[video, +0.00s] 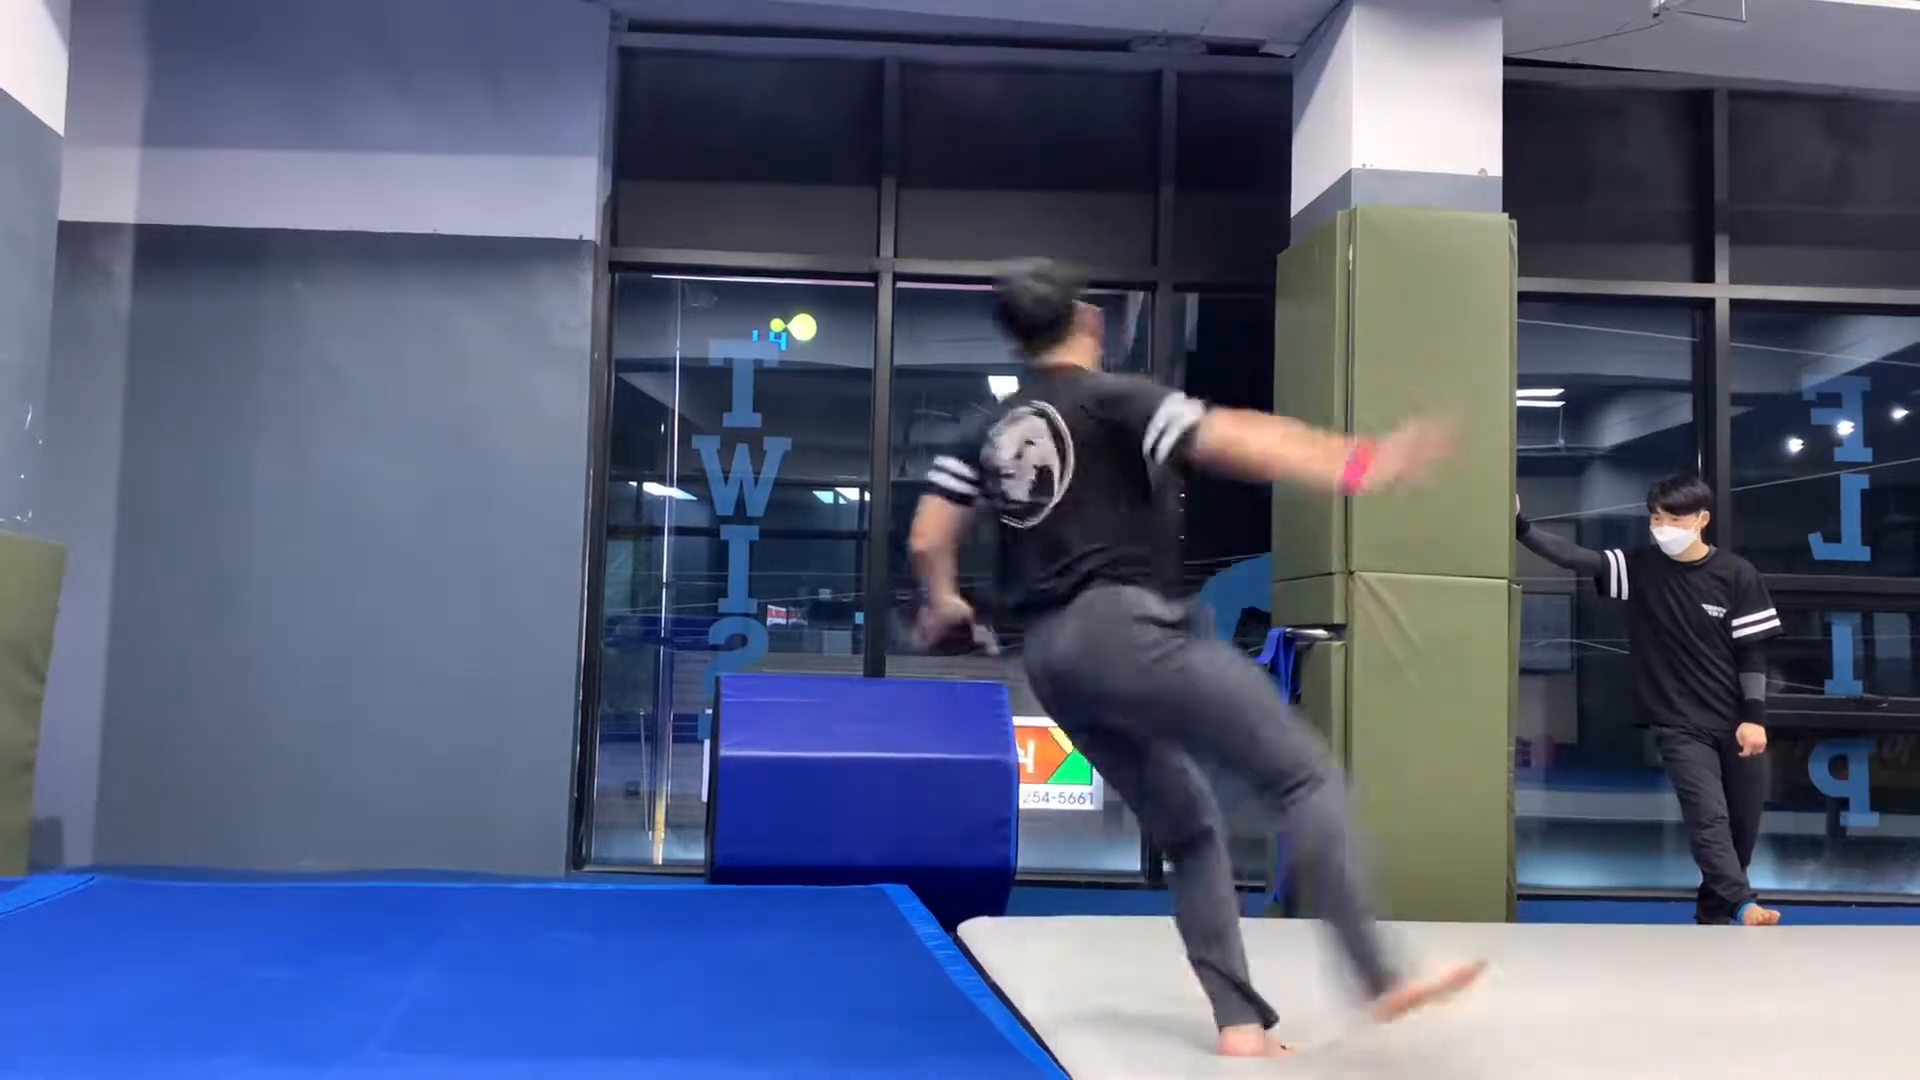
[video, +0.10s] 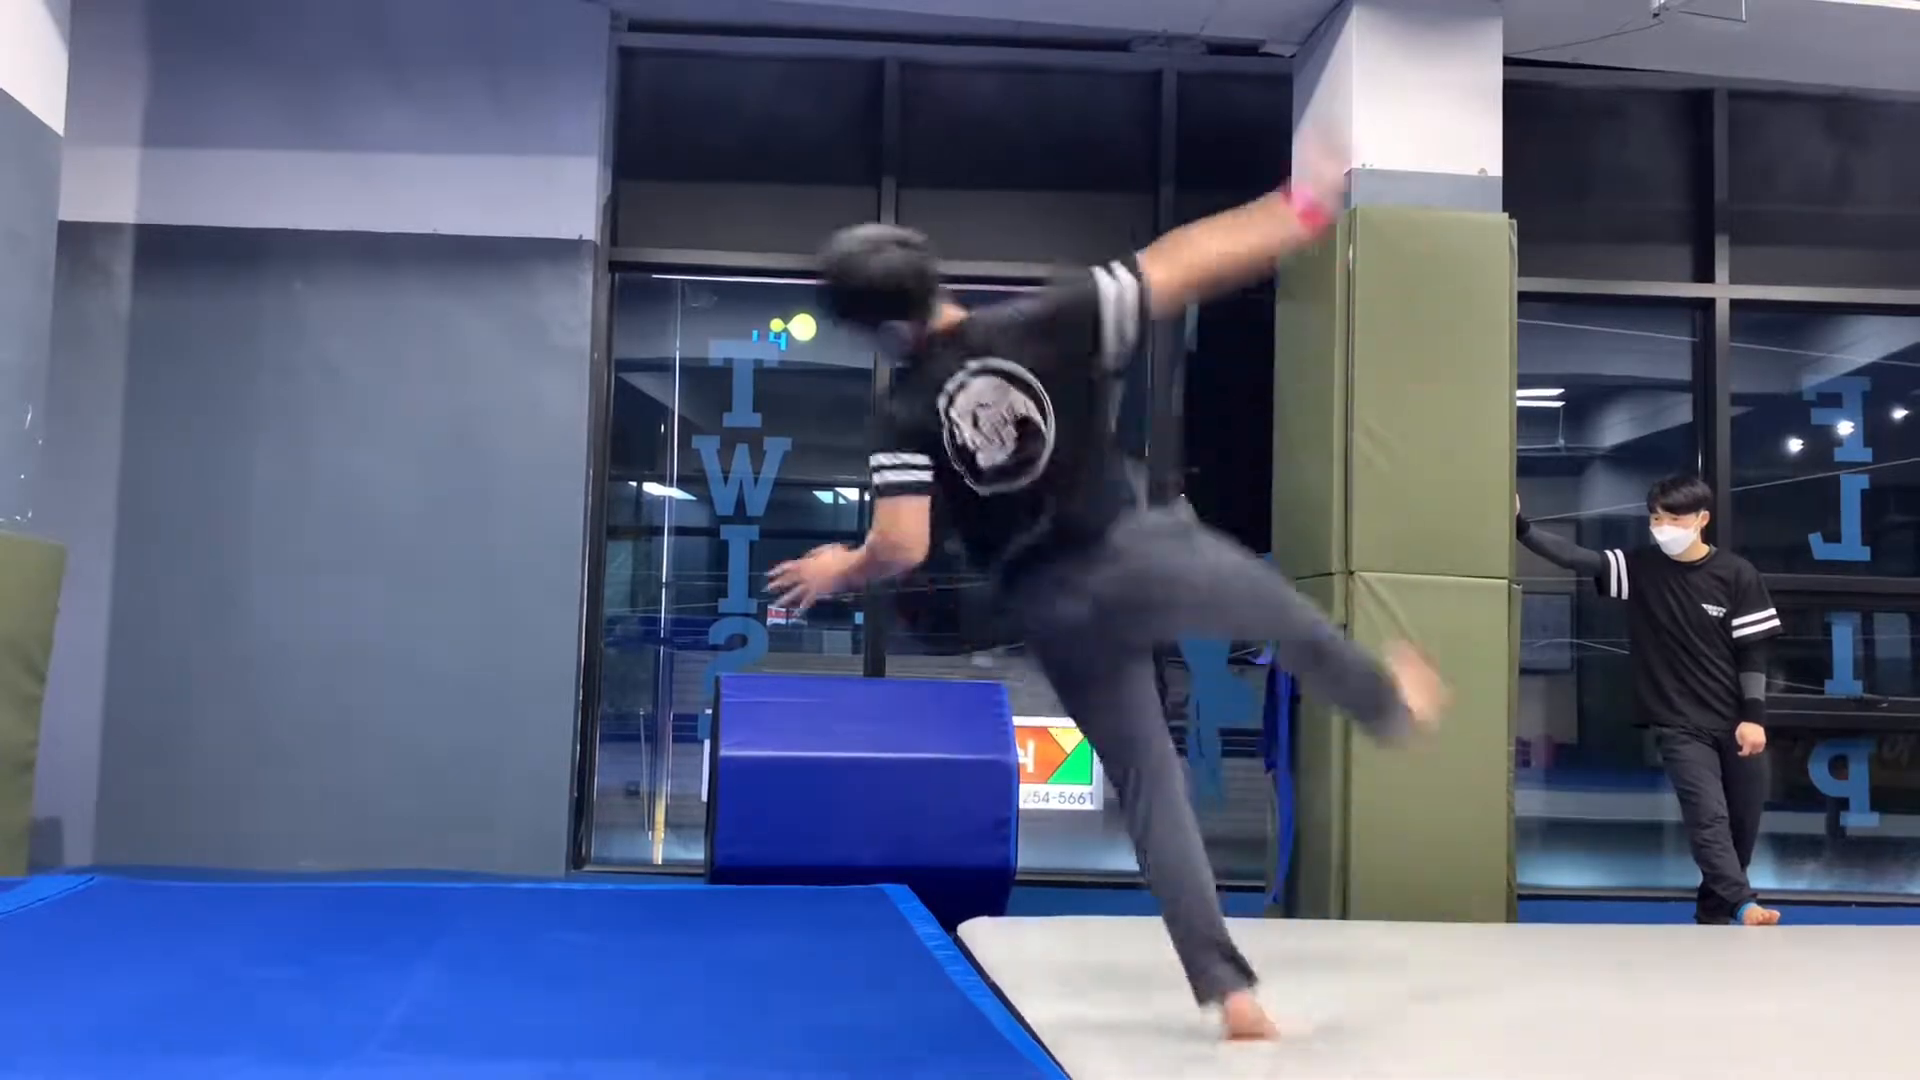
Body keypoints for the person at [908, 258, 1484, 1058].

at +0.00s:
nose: (1098, 322)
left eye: (1086, 313)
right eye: (1092, 312)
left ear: (1019, 339)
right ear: (1085, 323)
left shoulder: (995, 431)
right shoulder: (1118, 397)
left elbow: (928, 536)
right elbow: (1229, 439)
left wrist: (943, 601)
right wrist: (1355, 460)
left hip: (1048, 653)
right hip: (1124, 629)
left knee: (1188, 829)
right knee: (1303, 772)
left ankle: (1241, 1026)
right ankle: (1380, 979)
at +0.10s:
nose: (867, 336)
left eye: (862, 323)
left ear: (874, 323)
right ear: (937, 276)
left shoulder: (903, 402)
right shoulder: (1046, 318)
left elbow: (904, 543)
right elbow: (1176, 267)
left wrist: (844, 568)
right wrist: (1294, 212)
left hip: (1053, 607)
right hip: (1133, 554)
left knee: (1148, 783)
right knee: (1283, 616)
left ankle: (1228, 990)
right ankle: (1386, 702)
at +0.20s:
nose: (799, 415)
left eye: (796, 402)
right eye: (785, 403)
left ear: (832, 380)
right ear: (844, 311)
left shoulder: (896, 437)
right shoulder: (937, 258)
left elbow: (939, 582)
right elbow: (994, 140)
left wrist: (848, 684)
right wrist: (1012, 38)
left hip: (1082, 517)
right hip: (1130, 444)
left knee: (1137, 723)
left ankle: (1251, 869)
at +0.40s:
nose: (856, 651)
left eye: (861, 641)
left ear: (897, 597)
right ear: (809, 558)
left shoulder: (971, 604)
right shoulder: (811, 473)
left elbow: (1016, 735)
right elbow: (681, 422)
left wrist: (1065, 887)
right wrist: (602, 552)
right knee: (777, 548)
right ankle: (692, 682)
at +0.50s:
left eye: (915, 783)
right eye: (885, 777)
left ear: (953, 748)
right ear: (861, 731)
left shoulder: (1002, 689)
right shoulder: (828, 637)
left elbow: (1042, 811)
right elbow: (717, 709)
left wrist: (1089, 928)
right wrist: (751, 861)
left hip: (927, 465)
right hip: (826, 468)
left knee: (843, 377)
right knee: (744, 700)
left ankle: (807, 204)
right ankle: (706, 884)